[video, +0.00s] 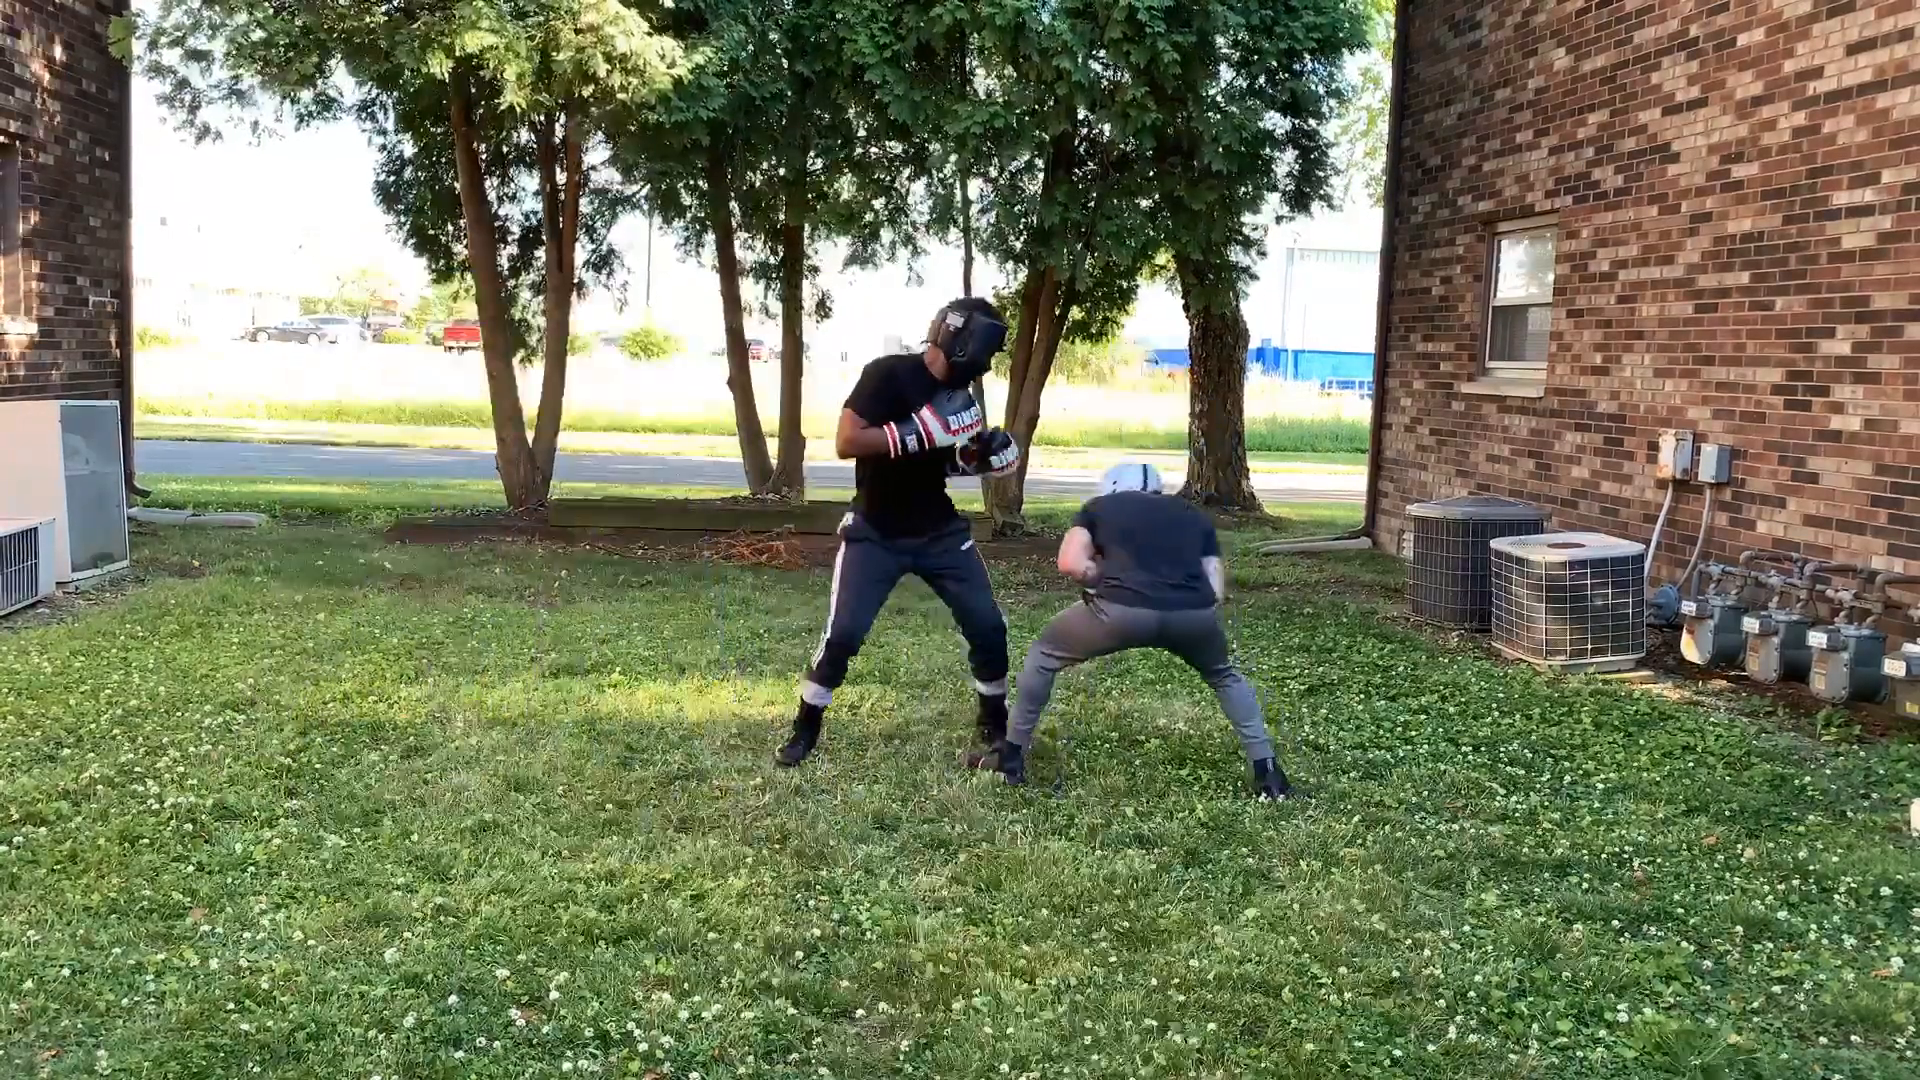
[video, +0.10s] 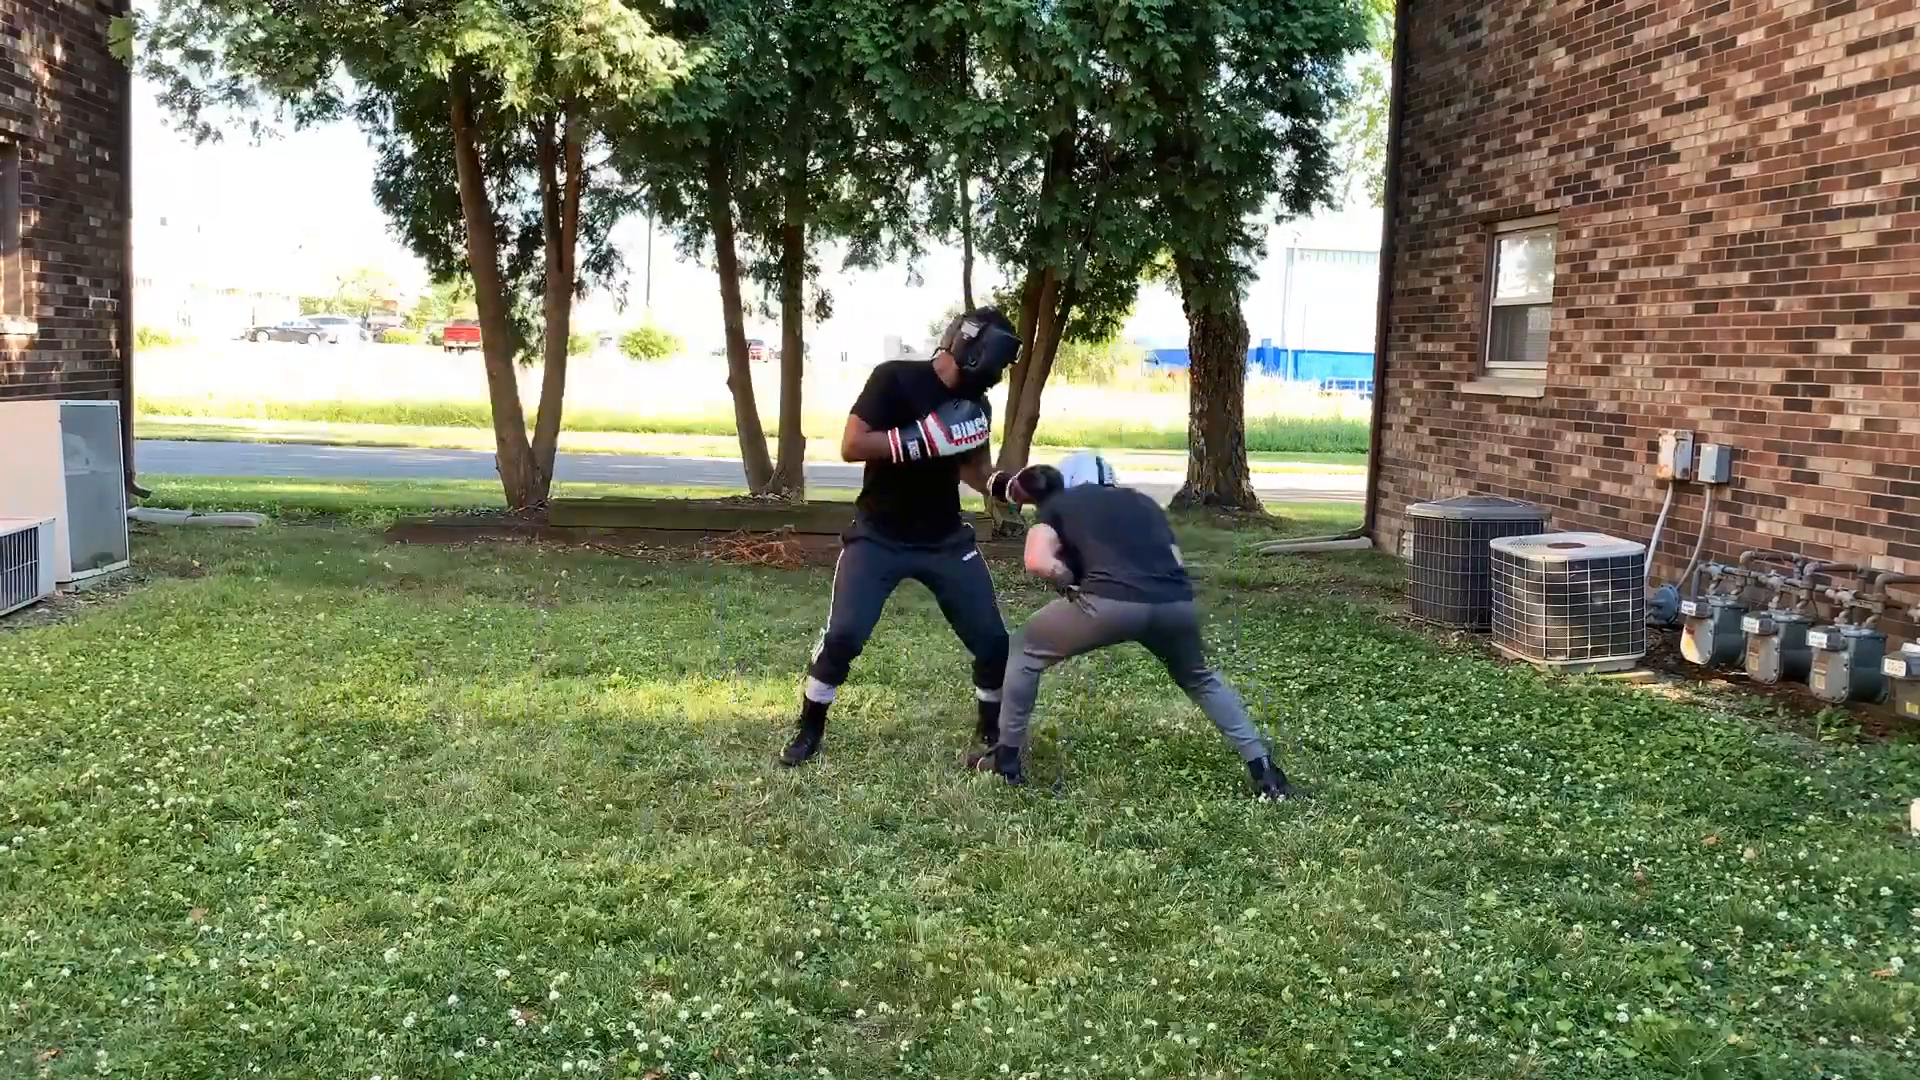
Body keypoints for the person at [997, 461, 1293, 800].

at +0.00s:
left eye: (1106, 488)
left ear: (1112, 489)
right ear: (1158, 489)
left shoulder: (1098, 506)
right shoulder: (1193, 514)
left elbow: (1070, 561)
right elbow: (1215, 589)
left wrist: (1108, 576)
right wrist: (1173, 585)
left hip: (1122, 610)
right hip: (1195, 615)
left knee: (1045, 654)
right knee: (1225, 675)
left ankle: (1011, 754)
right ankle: (1267, 769)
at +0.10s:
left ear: (1066, 484)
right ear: (1109, 480)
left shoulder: (1059, 502)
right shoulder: (1143, 501)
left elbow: (1038, 561)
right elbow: (1174, 556)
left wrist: (1073, 577)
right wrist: (1138, 573)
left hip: (1109, 604)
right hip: (1176, 607)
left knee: (1026, 650)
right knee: (1201, 678)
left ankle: (1006, 758)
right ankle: (1264, 768)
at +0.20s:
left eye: (1038, 459)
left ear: (1043, 459)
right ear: (1089, 457)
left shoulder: (1030, 474)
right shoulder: (1126, 479)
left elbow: (990, 516)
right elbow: (1141, 538)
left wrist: (1023, 547)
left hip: (1070, 584)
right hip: (1141, 585)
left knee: (1009, 650)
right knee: (1182, 668)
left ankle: (1004, 758)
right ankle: (1254, 764)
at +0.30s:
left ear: (1040, 430)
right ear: (1088, 433)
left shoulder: (1018, 445)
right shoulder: (1112, 459)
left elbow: (943, 451)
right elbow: (1132, 537)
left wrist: (969, 505)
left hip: (1043, 566)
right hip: (1113, 565)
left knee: (1007, 649)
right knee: (1157, 653)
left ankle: (1006, 758)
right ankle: (1198, 760)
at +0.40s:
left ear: (1038, 411)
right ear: (1083, 417)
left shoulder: (1013, 428)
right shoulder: (1108, 449)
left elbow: (936, 433)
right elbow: (1117, 525)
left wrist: (964, 487)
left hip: (1021, 551)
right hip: (1089, 558)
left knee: (990, 641)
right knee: (1117, 658)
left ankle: (987, 748)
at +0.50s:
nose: (1011, 419)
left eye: (1014, 413)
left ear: (1023, 412)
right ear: (1073, 417)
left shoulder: (1004, 433)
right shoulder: (1098, 455)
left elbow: (934, 453)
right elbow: (1107, 532)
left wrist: (965, 493)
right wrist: (1067, 525)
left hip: (995, 556)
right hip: (1062, 566)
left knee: (972, 640)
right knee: (1107, 667)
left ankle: (935, 739)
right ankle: (1109, 776)